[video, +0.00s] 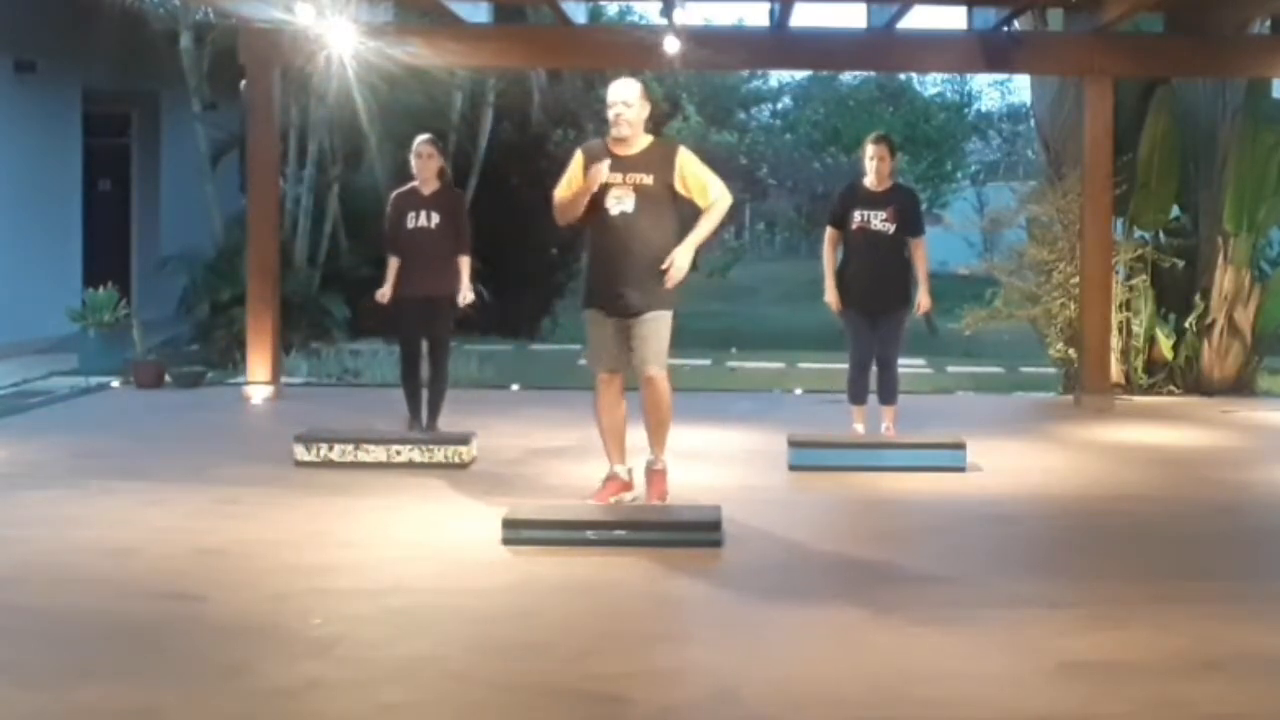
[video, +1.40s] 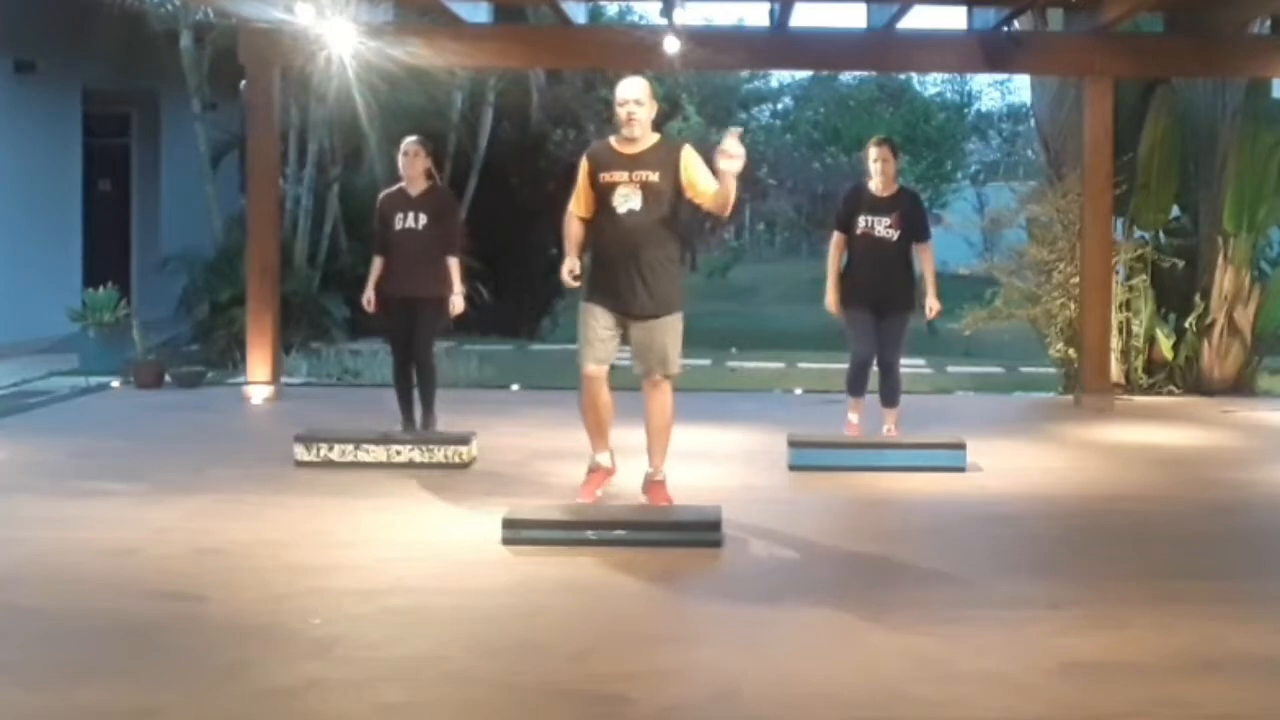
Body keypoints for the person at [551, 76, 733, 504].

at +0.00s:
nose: (616, 114)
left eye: (625, 106)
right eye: (611, 106)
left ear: (645, 111)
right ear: (605, 112)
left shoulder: (672, 156)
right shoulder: (589, 156)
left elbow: (721, 198)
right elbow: (562, 214)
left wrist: (687, 248)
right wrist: (588, 187)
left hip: (652, 290)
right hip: (602, 290)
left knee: (652, 375)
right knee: (607, 379)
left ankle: (657, 465)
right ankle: (618, 473)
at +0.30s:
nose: (630, 110)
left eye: (637, 103)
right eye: (623, 103)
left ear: (655, 108)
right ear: (614, 109)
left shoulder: (679, 157)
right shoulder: (596, 156)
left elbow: (706, 214)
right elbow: (574, 211)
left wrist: (653, 214)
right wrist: (582, 250)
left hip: (657, 289)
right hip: (605, 288)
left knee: (659, 380)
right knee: (599, 377)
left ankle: (656, 475)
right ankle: (613, 467)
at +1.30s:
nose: (630, 111)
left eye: (638, 104)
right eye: (624, 104)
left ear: (656, 110)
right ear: (615, 110)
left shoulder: (678, 158)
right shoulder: (597, 156)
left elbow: (718, 215)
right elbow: (578, 211)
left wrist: (699, 186)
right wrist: (573, 252)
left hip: (657, 292)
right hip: (603, 289)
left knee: (658, 381)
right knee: (592, 372)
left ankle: (656, 474)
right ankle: (603, 463)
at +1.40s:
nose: (628, 111)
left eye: (636, 104)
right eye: (622, 104)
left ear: (654, 109)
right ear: (613, 110)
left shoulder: (678, 155)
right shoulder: (595, 157)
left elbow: (719, 207)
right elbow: (577, 212)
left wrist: (728, 176)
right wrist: (571, 253)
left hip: (658, 288)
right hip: (603, 286)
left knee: (658, 381)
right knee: (592, 373)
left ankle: (656, 475)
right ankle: (602, 462)